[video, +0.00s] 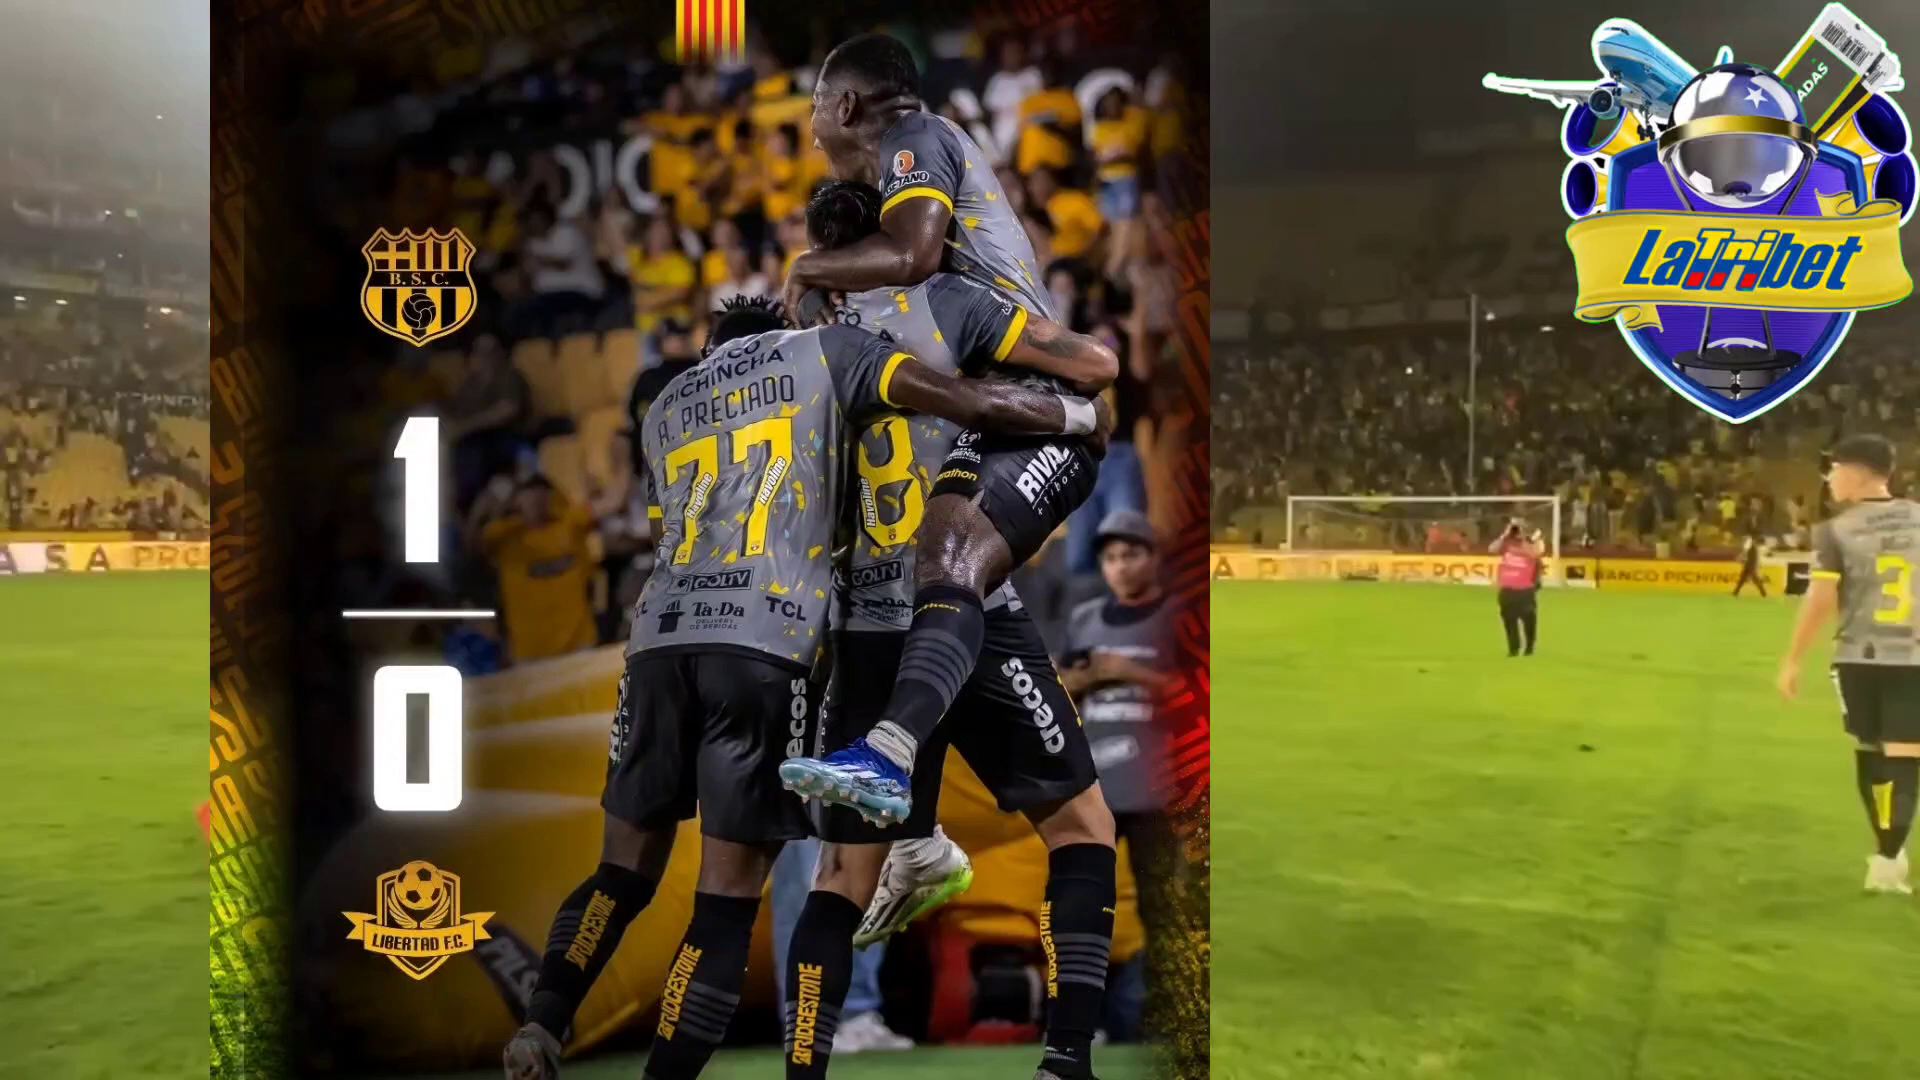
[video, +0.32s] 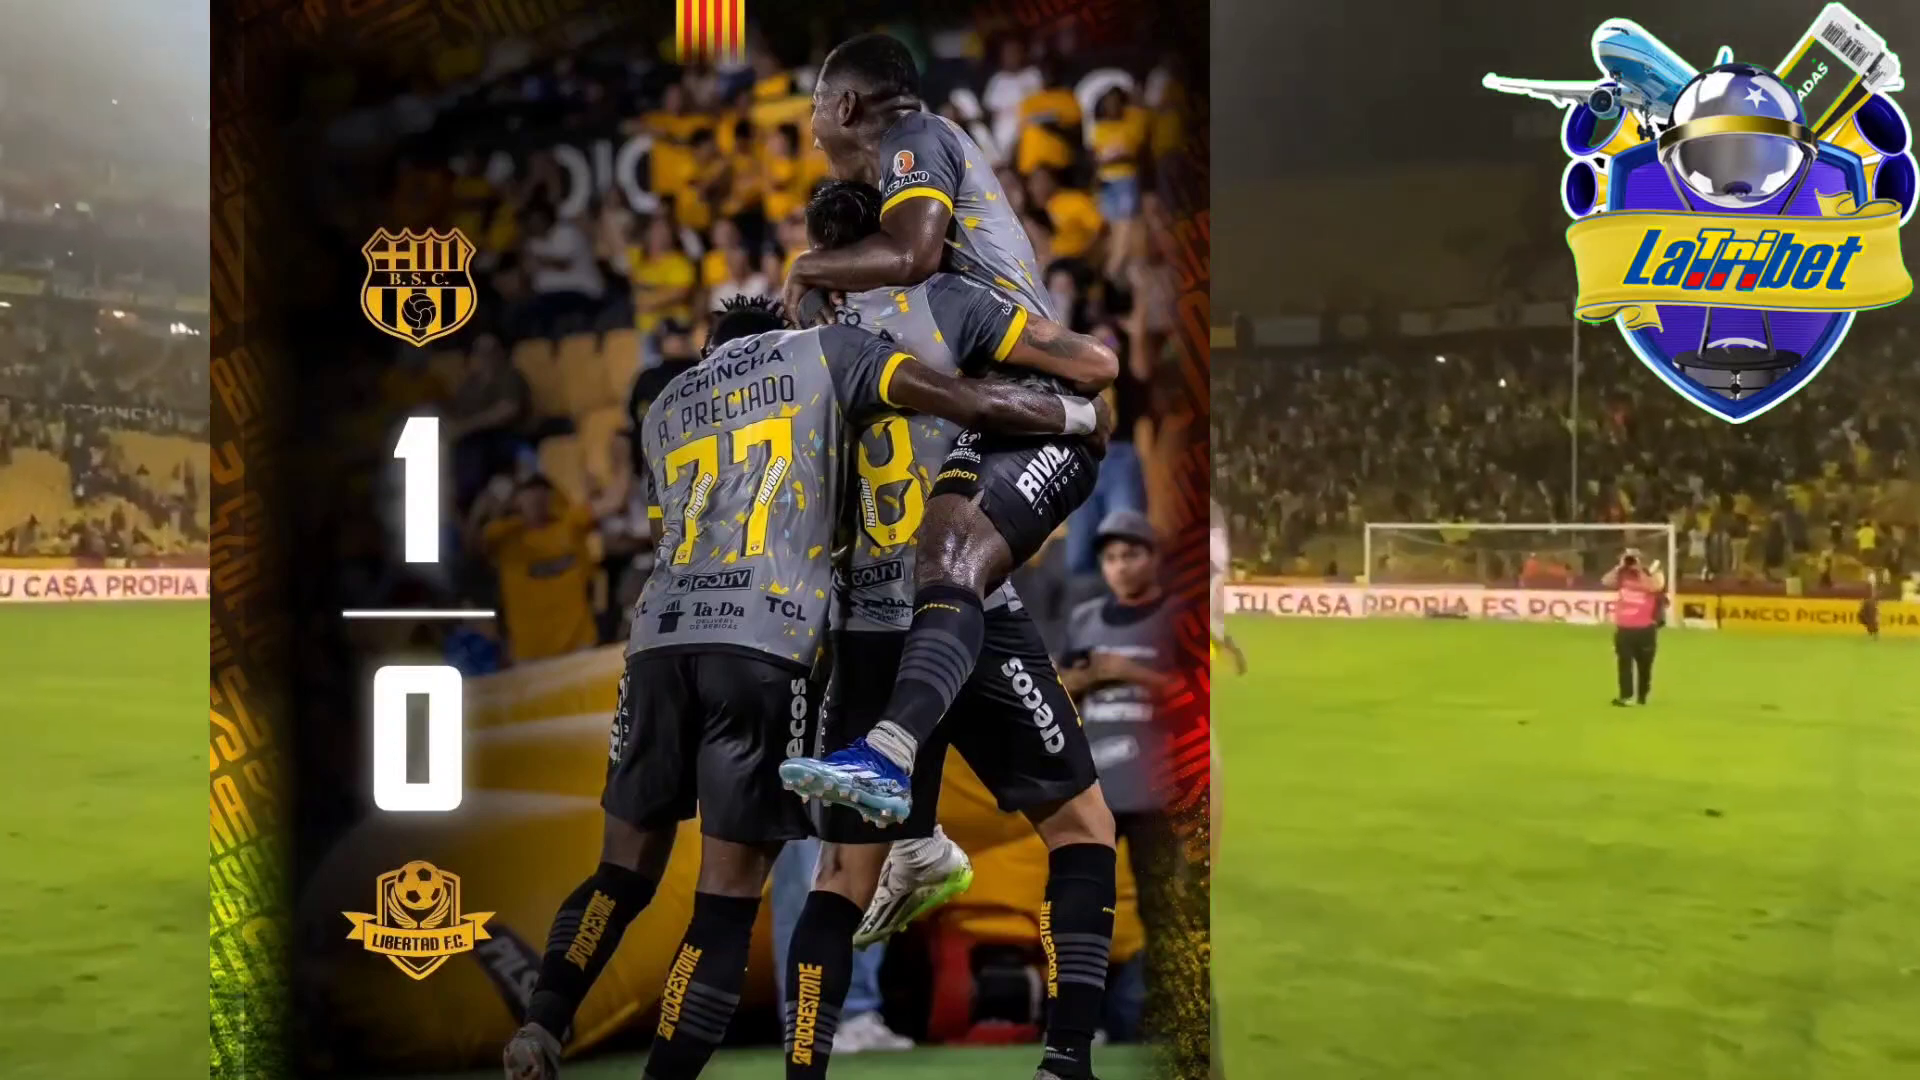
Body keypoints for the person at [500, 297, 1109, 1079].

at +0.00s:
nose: (821, 324)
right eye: (809, 318)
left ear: (708, 346)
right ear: (788, 324)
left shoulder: (661, 408)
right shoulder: (830, 347)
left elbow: (681, 519)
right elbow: (971, 400)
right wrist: (1088, 417)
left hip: (657, 648)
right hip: (762, 648)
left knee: (623, 867)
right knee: (727, 893)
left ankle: (543, 1026)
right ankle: (667, 1075)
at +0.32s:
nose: (822, 324)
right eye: (809, 317)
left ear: (708, 346)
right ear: (788, 323)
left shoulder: (661, 408)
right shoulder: (830, 347)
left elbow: (682, 518)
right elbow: (971, 400)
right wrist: (1089, 417)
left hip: (657, 648)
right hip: (762, 648)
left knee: (622, 868)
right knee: (727, 893)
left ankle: (543, 1026)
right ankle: (666, 1075)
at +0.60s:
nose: (820, 324)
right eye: (807, 318)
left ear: (708, 346)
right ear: (787, 324)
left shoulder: (660, 408)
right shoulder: (830, 348)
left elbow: (679, 520)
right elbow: (971, 400)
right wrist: (1089, 417)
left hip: (657, 648)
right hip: (761, 649)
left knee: (623, 867)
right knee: (726, 893)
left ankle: (543, 1026)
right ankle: (667, 1074)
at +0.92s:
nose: (821, 324)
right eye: (808, 317)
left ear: (708, 345)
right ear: (788, 324)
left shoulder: (661, 408)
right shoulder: (830, 347)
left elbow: (681, 519)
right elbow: (973, 400)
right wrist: (1088, 417)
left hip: (657, 648)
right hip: (762, 648)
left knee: (623, 867)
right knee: (727, 893)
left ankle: (543, 1026)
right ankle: (667, 1075)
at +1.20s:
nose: (822, 324)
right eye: (809, 317)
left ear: (708, 346)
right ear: (788, 323)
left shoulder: (661, 408)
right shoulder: (830, 347)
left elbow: (681, 518)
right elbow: (971, 400)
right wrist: (1088, 417)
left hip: (657, 648)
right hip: (762, 648)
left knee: (622, 868)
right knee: (727, 893)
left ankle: (543, 1026)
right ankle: (666, 1075)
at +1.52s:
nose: (821, 324)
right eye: (808, 317)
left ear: (708, 345)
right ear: (788, 324)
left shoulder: (661, 408)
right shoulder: (830, 347)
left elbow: (681, 519)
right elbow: (973, 400)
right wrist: (1088, 417)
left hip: (657, 648)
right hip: (762, 648)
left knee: (623, 867)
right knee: (727, 893)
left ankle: (543, 1026)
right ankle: (667, 1075)